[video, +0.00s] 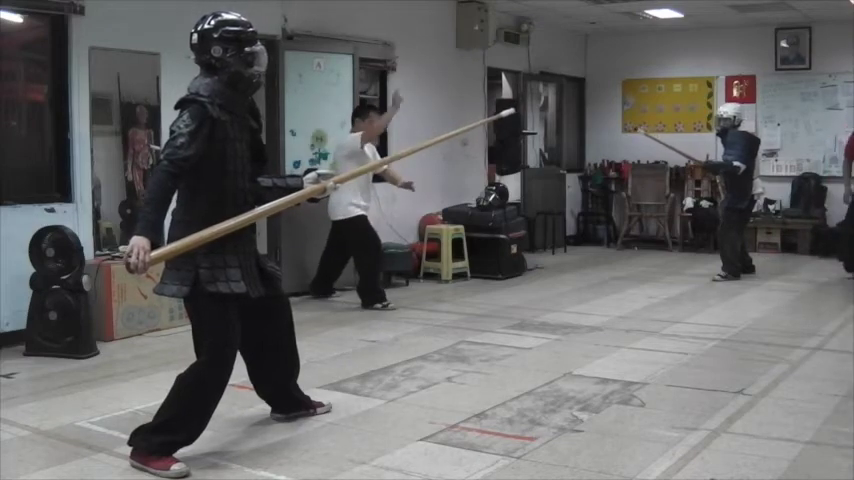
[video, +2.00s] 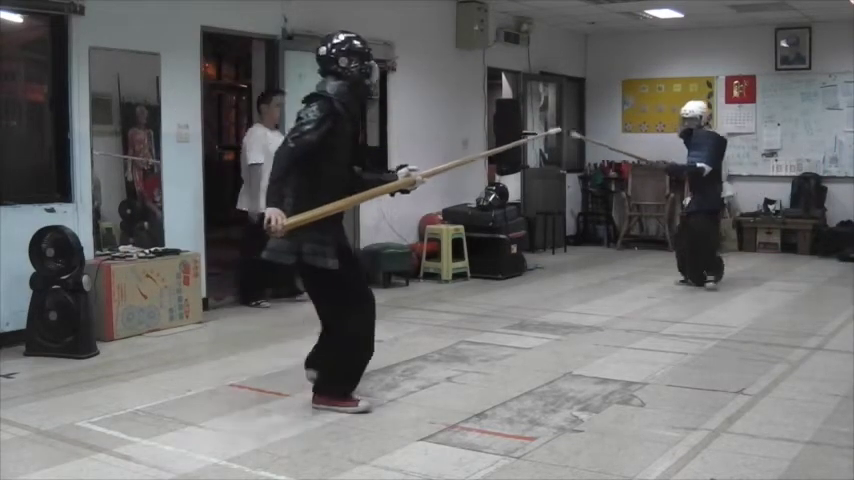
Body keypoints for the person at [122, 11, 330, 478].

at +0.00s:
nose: (254, 56)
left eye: (254, 48)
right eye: (243, 49)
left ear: (243, 53)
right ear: (215, 53)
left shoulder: (240, 106)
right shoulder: (202, 104)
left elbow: (246, 183)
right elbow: (167, 168)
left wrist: (301, 184)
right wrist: (144, 233)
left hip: (237, 244)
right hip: (204, 247)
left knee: (271, 315)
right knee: (217, 355)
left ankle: (286, 399)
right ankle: (152, 446)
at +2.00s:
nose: (368, 69)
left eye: (367, 62)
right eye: (360, 62)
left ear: (345, 64)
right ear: (341, 63)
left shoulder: (346, 108)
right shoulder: (322, 104)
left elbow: (348, 175)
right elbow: (288, 152)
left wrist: (394, 180)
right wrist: (275, 204)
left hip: (327, 224)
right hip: (311, 226)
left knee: (348, 300)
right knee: (355, 306)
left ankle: (322, 365)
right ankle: (332, 392)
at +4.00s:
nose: (408, 83)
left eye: (407, 75)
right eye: (402, 76)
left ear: (380, 77)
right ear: (387, 78)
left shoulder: (381, 121)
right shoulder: (363, 116)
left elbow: (388, 182)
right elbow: (330, 158)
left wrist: (424, 178)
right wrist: (323, 208)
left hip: (359, 230)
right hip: (336, 230)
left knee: (381, 286)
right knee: (354, 306)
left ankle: (370, 362)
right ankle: (314, 387)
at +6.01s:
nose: (375, 70)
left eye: (375, 63)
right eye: (369, 61)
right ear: (350, 60)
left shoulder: (354, 106)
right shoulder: (328, 92)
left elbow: (361, 175)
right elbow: (291, 126)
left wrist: (403, 187)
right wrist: (309, 146)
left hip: (322, 210)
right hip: (304, 210)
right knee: (344, 282)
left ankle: (280, 359)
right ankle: (372, 366)